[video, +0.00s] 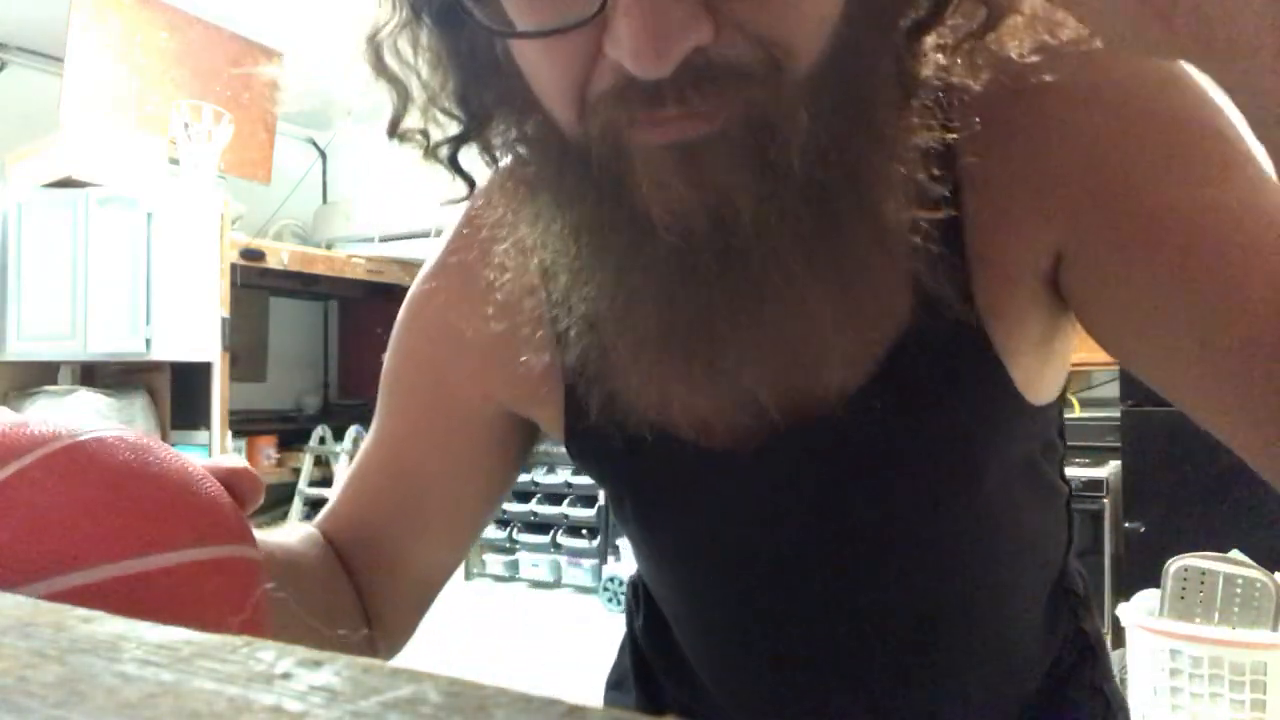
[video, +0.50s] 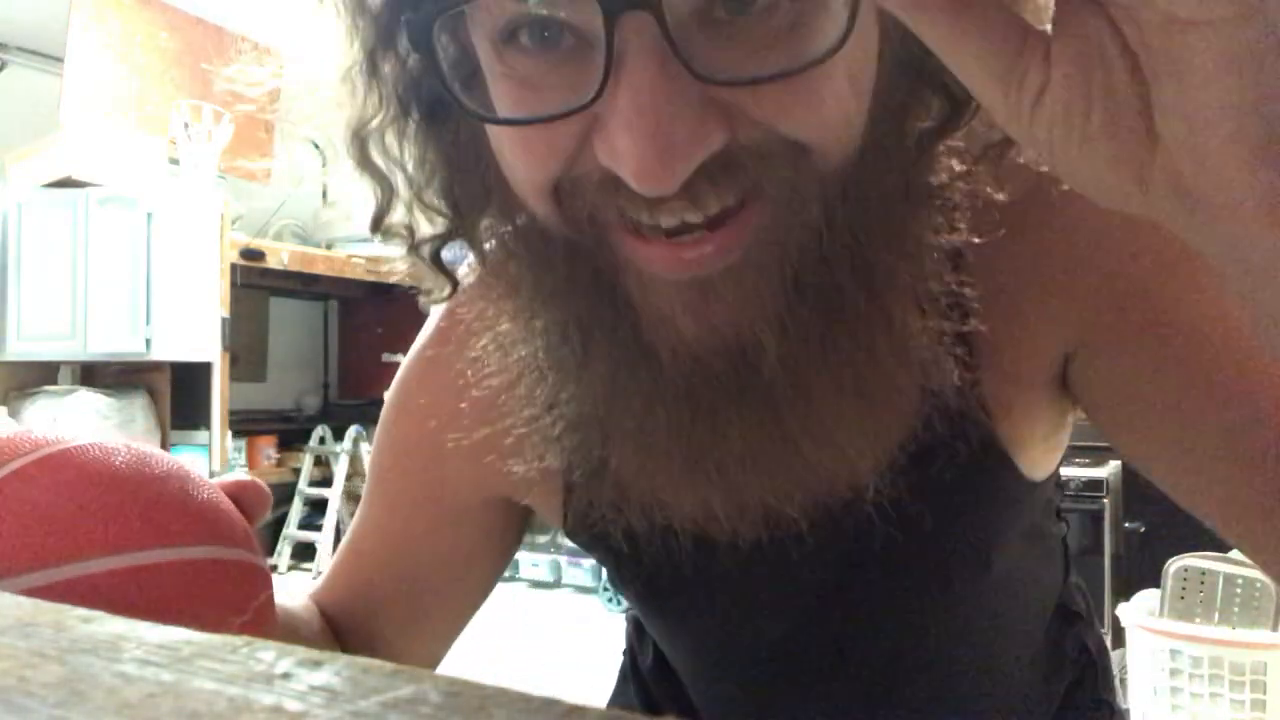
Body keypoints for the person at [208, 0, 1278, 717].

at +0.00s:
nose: (649, 50)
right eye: (552, 8)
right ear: (489, 42)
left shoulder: (1072, 135)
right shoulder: (520, 258)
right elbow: (356, 586)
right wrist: (164, 577)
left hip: (1015, 700)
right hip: (700, 703)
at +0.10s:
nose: (654, 53)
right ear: (482, 32)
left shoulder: (1052, 151)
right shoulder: (520, 265)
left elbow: (1272, 461)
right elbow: (364, 595)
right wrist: (177, 575)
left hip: (1018, 696)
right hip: (705, 699)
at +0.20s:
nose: (649, 69)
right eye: (548, 0)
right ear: (465, 31)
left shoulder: (1058, 172)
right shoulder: (516, 283)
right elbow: (365, 600)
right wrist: (195, 580)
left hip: (1025, 702)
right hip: (709, 705)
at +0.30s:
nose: (642, 104)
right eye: (542, 14)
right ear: (458, 41)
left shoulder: (1047, 195)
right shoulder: (520, 290)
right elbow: (362, 609)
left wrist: (1239, 140)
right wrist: (192, 591)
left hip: (1015, 702)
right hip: (696, 702)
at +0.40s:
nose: (647, 135)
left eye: (736, 6)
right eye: (537, 24)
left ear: (885, 7)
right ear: (447, 61)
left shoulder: (1053, 228)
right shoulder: (504, 338)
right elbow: (355, 624)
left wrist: (1243, 187)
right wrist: (194, 594)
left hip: (1022, 704)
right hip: (699, 708)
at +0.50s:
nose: (654, 146)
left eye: (744, 10)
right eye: (545, 32)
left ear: (892, 10)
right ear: (462, 67)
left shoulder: (1053, 245)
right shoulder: (503, 351)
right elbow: (351, 641)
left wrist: (1234, 190)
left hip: (1021, 702)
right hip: (696, 705)